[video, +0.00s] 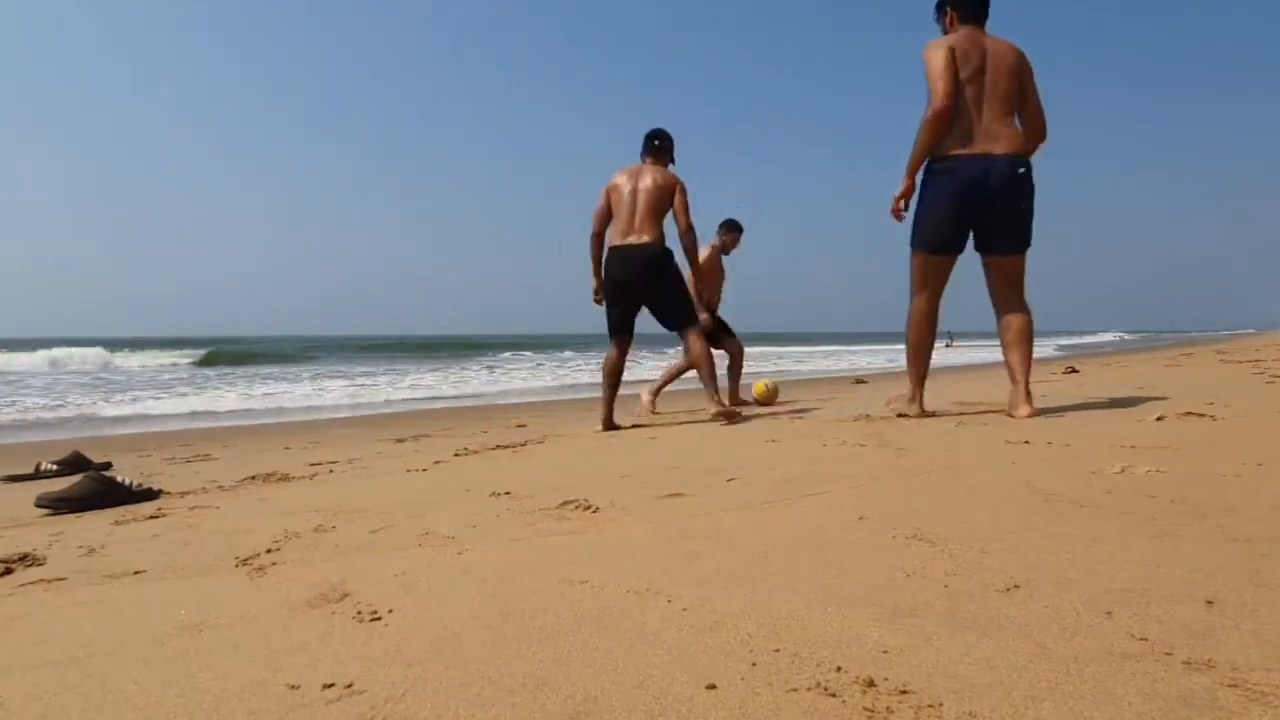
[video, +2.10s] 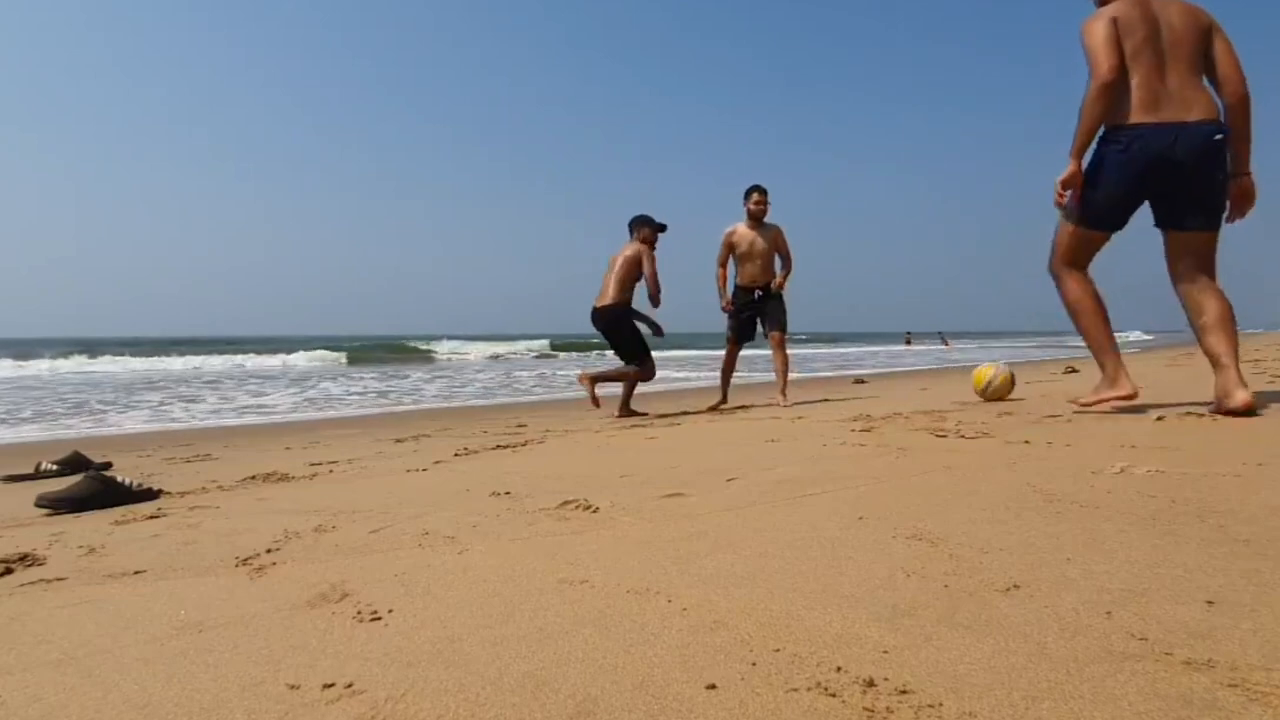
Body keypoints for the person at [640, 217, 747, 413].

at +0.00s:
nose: (736, 244)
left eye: (737, 239)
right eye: (733, 238)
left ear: (733, 238)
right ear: (722, 235)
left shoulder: (717, 258)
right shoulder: (709, 256)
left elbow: (708, 286)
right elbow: (692, 281)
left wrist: (711, 312)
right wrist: (701, 310)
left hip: (710, 315)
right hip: (697, 316)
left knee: (736, 350)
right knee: (691, 360)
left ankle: (734, 396)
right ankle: (651, 393)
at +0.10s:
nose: (741, 237)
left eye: (743, 232)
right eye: (738, 231)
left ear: (736, 231)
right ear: (727, 227)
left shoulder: (725, 254)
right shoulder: (710, 248)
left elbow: (723, 287)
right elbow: (693, 275)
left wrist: (732, 309)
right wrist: (695, 307)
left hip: (716, 303)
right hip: (703, 302)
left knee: (735, 347)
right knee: (715, 354)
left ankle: (733, 395)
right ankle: (678, 387)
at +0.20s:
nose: (740, 229)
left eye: (742, 225)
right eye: (737, 224)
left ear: (741, 226)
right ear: (726, 222)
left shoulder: (732, 248)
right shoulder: (710, 244)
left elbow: (731, 278)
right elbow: (692, 270)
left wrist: (745, 304)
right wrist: (693, 304)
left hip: (725, 298)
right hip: (709, 298)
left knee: (735, 346)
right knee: (727, 346)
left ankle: (733, 394)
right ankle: (705, 390)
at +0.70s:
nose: (724, 224)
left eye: (728, 219)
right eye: (720, 219)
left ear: (734, 219)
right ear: (714, 219)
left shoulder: (743, 243)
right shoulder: (707, 244)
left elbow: (753, 272)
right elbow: (699, 275)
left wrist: (766, 299)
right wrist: (697, 306)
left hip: (743, 296)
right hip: (721, 296)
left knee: (762, 339)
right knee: (727, 350)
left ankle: (759, 386)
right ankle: (732, 396)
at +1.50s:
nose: (707, 235)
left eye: (710, 230)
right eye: (703, 231)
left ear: (717, 229)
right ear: (697, 232)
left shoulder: (733, 247)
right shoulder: (695, 257)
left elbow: (756, 270)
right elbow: (688, 290)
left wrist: (776, 293)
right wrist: (680, 314)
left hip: (742, 299)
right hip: (718, 304)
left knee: (767, 336)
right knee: (713, 353)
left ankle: (777, 389)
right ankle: (720, 400)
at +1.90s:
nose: (732, 214)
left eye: (735, 210)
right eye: (727, 210)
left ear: (738, 212)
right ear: (717, 214)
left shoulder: (750, 236)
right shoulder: (708, 244)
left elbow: (763, 262)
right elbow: (703, 274)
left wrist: (771, 289)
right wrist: (705, 300)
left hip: (753, 292)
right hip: (727, 295)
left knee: (768, 337)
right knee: (721, 350)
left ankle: (782, 393)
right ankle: (720, 398)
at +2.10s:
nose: (762, 208)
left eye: (764, 203)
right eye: (757, 203)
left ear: (768, 206)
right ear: (746, 205)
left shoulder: (774, 232)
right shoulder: (732, 234)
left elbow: (786, 260)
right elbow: (721, 265)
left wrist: (782, 277)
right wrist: (723, 295)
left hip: (769, 290)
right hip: (743, 292)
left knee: (777, 339)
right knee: (732, 345)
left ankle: (782, 393)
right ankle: (723, 395)